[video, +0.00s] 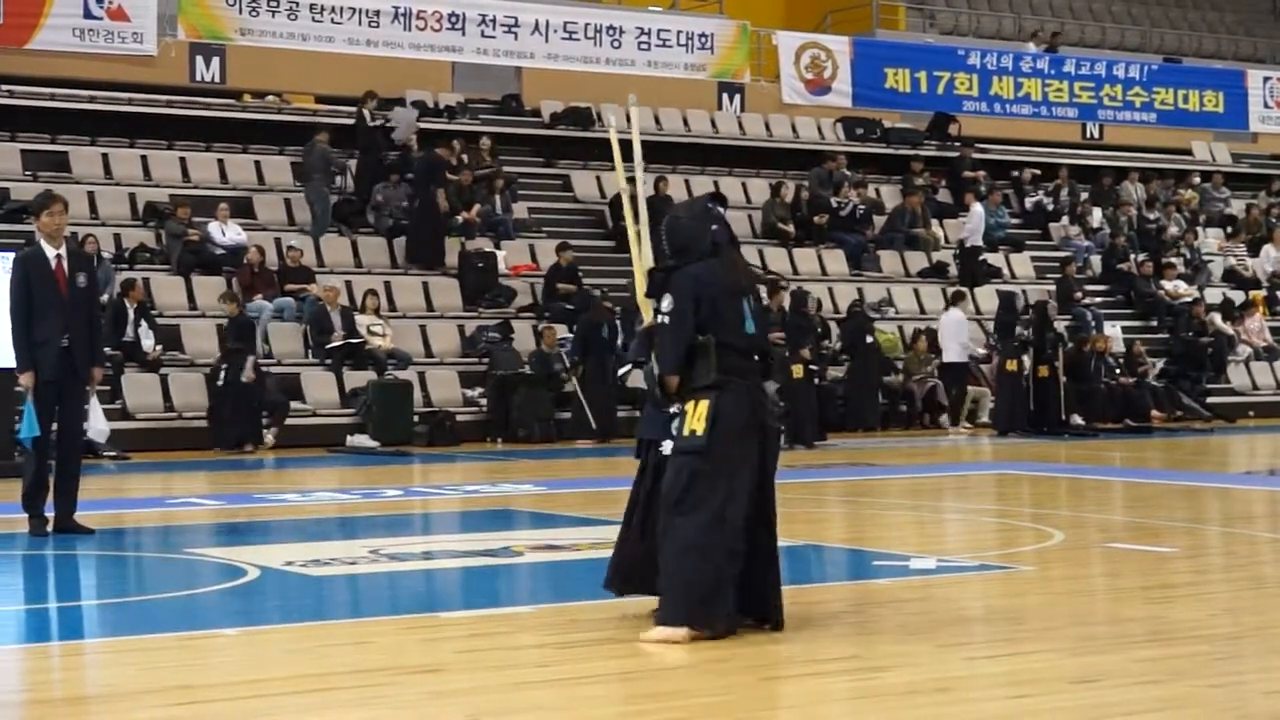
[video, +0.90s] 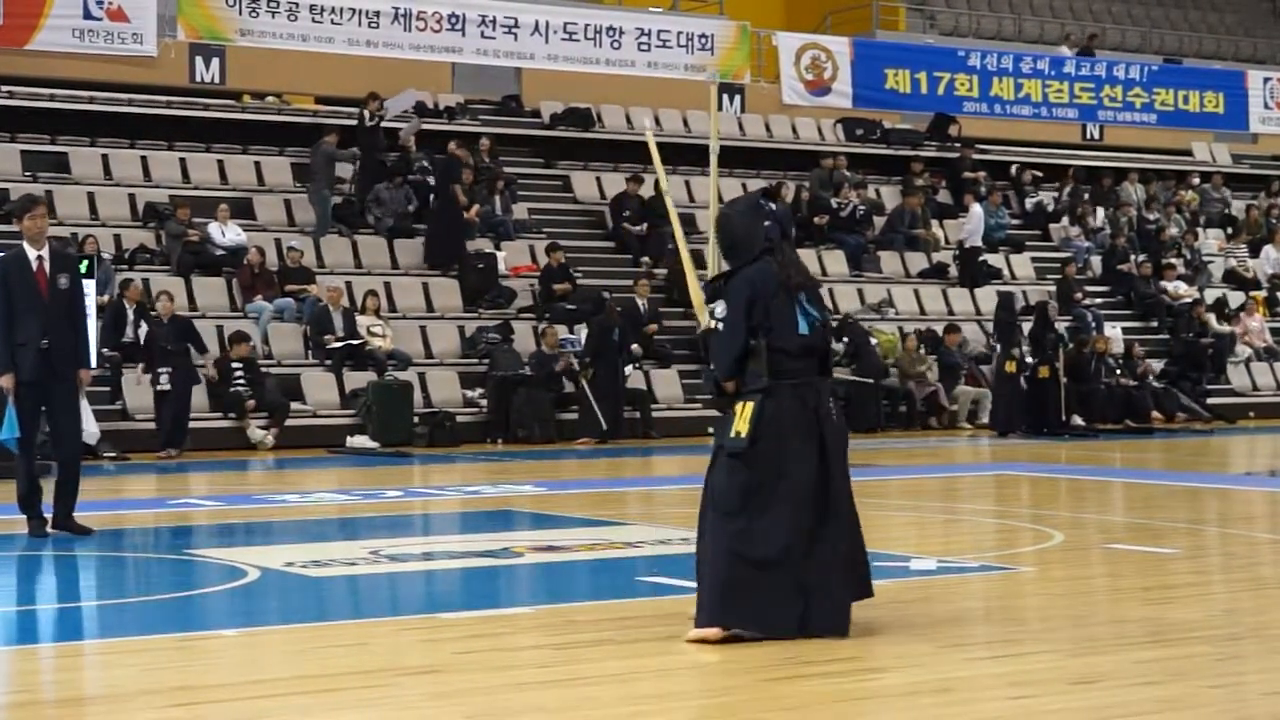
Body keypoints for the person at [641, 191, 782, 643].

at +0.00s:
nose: (669, 244)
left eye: (673, 236)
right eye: (670, 236)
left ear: (685, 239)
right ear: (718, 234)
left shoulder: (687, 281)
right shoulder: (741, 278)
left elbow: (672, 362)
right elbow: (757, 346)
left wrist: (671, 387)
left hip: (711, 406)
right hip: (751, 403)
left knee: (688, 504)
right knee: (742, 505)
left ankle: (684, 614)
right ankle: (749, 605)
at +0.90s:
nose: (722, 244)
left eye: (725, 236)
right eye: (723, 235)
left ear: (739, 238)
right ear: (770, 234)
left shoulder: (745, 283)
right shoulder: (800, 279)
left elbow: (726, 358)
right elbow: (819, 347)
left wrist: (725, 379)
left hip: (765, 413)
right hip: (811, 411)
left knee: (724, 504)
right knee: (805, 508)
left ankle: (718, 613)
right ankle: (812, 608)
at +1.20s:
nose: (718, 233)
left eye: (722, 227)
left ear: (730, 230)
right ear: (778, 229)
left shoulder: (719, 278)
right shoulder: (804, 280)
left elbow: (697, 349)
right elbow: (820, 351)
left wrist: (712, 373)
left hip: (745, 406)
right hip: (801, 405)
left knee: (732, 510)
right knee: (811, 503)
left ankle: (716, 619)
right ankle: (824, 610)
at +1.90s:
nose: (772, 220)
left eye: (776, 212)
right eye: (775, 212)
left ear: (785, 217)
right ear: (825, 212)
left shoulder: (773, 267)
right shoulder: (850, 265)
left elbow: (751, 338)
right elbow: (860, 338)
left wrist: (752, 360)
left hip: (791, 393)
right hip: (842, 390)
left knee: (774, 496)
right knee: (846, 493)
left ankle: (765, 607)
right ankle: (853, 604)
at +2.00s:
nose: (781, 229)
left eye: (783, 222)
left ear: (789, 226)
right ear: (833, 224)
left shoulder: (776, 279)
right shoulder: (855, 281)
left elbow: (750, 347)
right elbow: (865, 345)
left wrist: (756, 369)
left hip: (797, 405)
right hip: (852, 404)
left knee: (783, 505)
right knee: (866, 504)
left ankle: (773, 615)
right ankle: (897, 608)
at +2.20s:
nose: (810, 237)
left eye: (815, 229)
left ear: (823, 232)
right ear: (866, 227)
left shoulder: (822, 281)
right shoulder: (888, 279)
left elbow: (793, 354)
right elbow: (888, 342)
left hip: (839, 405)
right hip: (891, 404)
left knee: (804, 506)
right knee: (905, 509)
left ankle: (777, 613)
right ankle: (940, 612)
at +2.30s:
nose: (827, 242)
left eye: (831, 233)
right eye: (827, 232)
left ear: (845, 234)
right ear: (878, 228)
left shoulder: (850, 282)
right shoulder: (901, 274)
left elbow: (824, 355)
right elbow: (915, 343)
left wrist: (800, 323)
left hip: (866, 409)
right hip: (915, 405)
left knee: (827, 507)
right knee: (916, 511)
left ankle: (799, 613)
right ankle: (938, 614)